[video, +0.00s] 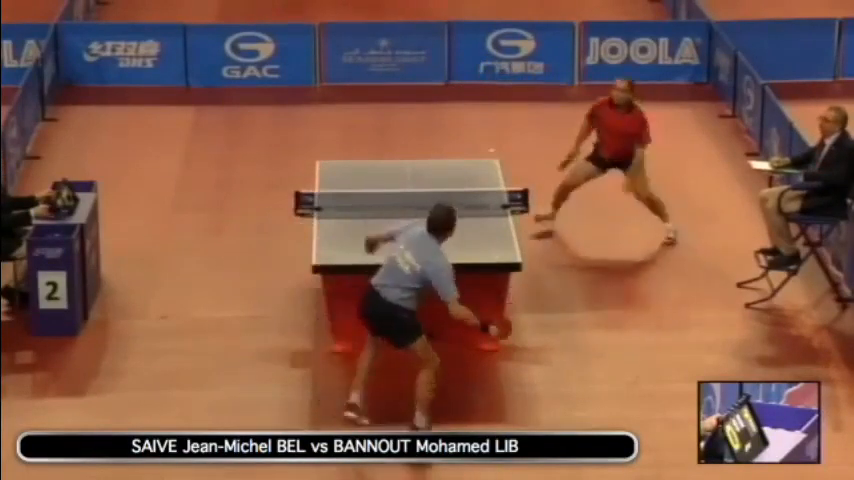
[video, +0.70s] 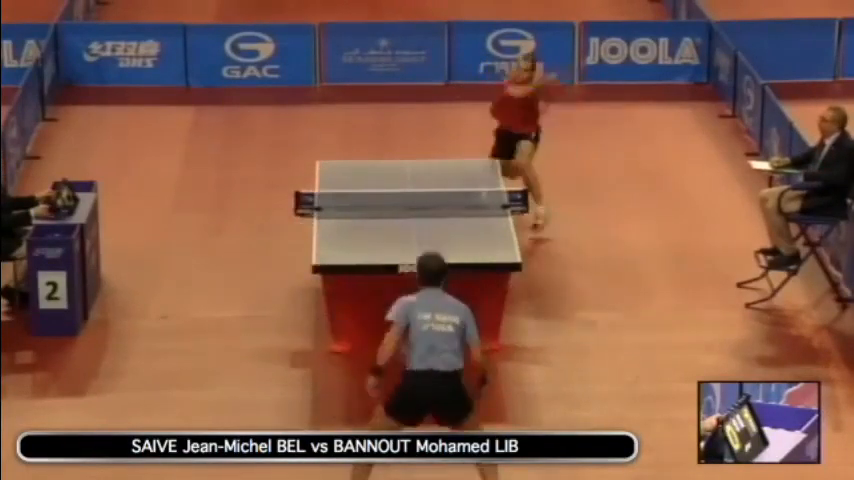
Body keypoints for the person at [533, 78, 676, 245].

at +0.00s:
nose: (618, 94)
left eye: (623, 91)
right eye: (616, 89)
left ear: (631, 95)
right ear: (611, 91)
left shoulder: (638, 117)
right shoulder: (600, 108)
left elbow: (640, 150)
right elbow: (586, 127)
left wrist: (633, 177)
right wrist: (574, 150)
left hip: (628, 159)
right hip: (601, 156)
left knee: (643, 194)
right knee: (567, 184)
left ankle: (668, 225)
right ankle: (552, 214)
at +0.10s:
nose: (595, 92)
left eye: (600, 88)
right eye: (594, 88)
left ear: (609, 90)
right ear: (592, 90)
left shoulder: (619, 115)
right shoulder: (590, 108)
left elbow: (606, 143)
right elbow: (582, 129)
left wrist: (584, 152)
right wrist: (568, 151)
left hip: (620, 163)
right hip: (595, 158)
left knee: (639, 198)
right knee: (556, 184)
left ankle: (667, 227)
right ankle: (540, 205)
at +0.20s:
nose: (558, 87)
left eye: (562, 83)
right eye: (557, 83)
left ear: (573, 85)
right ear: (559, 85)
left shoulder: (579, 104)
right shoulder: (566, 102)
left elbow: (554, 130)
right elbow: (563, 126)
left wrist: (529, 126)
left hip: (594, 159)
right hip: (573, 157)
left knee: (610, 200)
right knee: (538, 174)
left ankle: (655, 223)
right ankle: (531, 211)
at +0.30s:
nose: (538, 84)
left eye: (542, 80)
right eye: (537, 80)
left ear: (553, 81)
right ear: (542, 81)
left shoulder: (557, 99)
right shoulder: (546, 98)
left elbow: (532, 126)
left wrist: (506, 128)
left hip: (576, 155)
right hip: (558, 153)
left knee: (590, 200)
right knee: (526, 169)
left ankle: (634, 216)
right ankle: (528, 207)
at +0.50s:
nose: (513, 65)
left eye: (516, 61)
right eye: (512, 61)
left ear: (527, 63)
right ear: (520, 63)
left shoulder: (536, 79)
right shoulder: (524, 81)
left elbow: (548, 100)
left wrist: (536, 116)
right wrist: (528, 132)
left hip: (553, 136)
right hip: (535, 135)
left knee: (563, 185)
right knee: (511, 160)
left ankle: (595, 216)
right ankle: (524, 204)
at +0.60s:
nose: (525, 63)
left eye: (528, 60)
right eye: (522, 59)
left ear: (535, 61)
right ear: (518, 60)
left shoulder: (539, 79)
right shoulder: (509, 77)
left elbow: (557, 93)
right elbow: (492, 79)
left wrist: (538, 79)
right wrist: (500, 70)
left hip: (542, 130)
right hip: (521, 130)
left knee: (539, 166)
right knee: (500, 161)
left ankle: (556, 209)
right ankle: (526, 179)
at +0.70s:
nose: (520, 73)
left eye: (525, 70)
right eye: (518, 69)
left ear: (532, 72)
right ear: (514, 70)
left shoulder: (534, 88)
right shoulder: (508, 87)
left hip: (527, 130)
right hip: (506, 130)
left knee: (522, 163)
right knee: (500, 168)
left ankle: (539, 206)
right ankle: (525, 170)